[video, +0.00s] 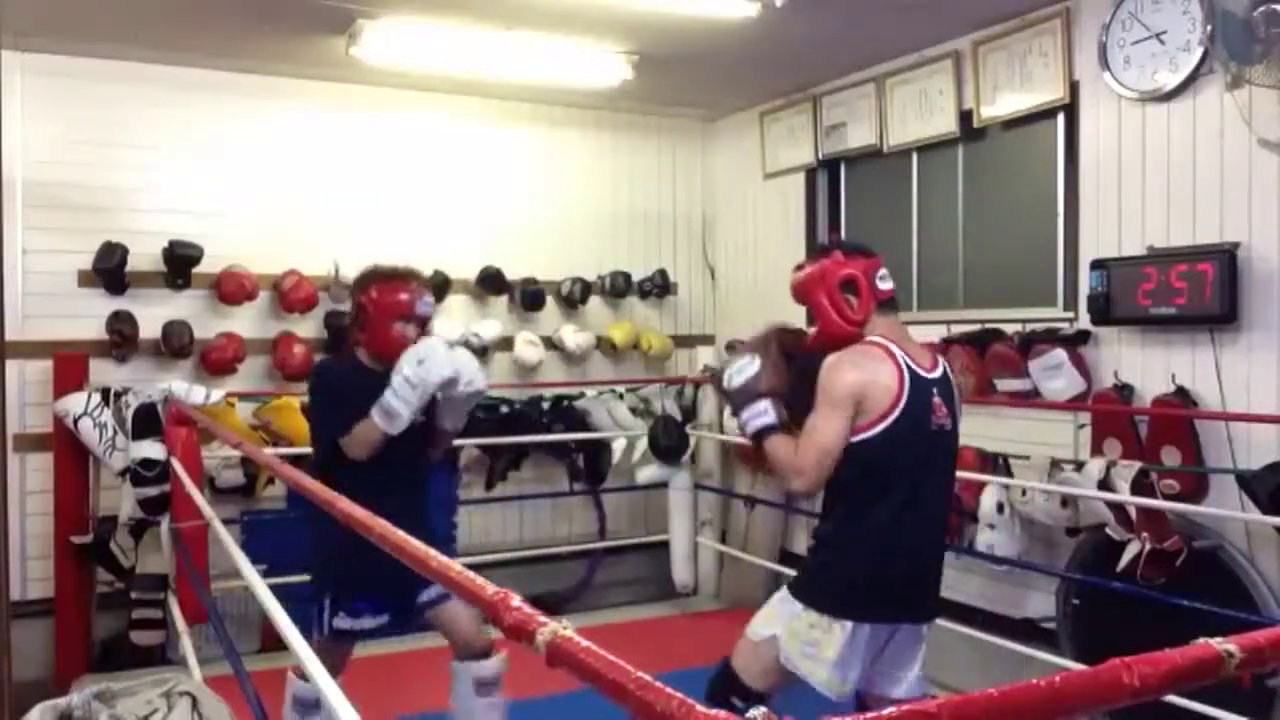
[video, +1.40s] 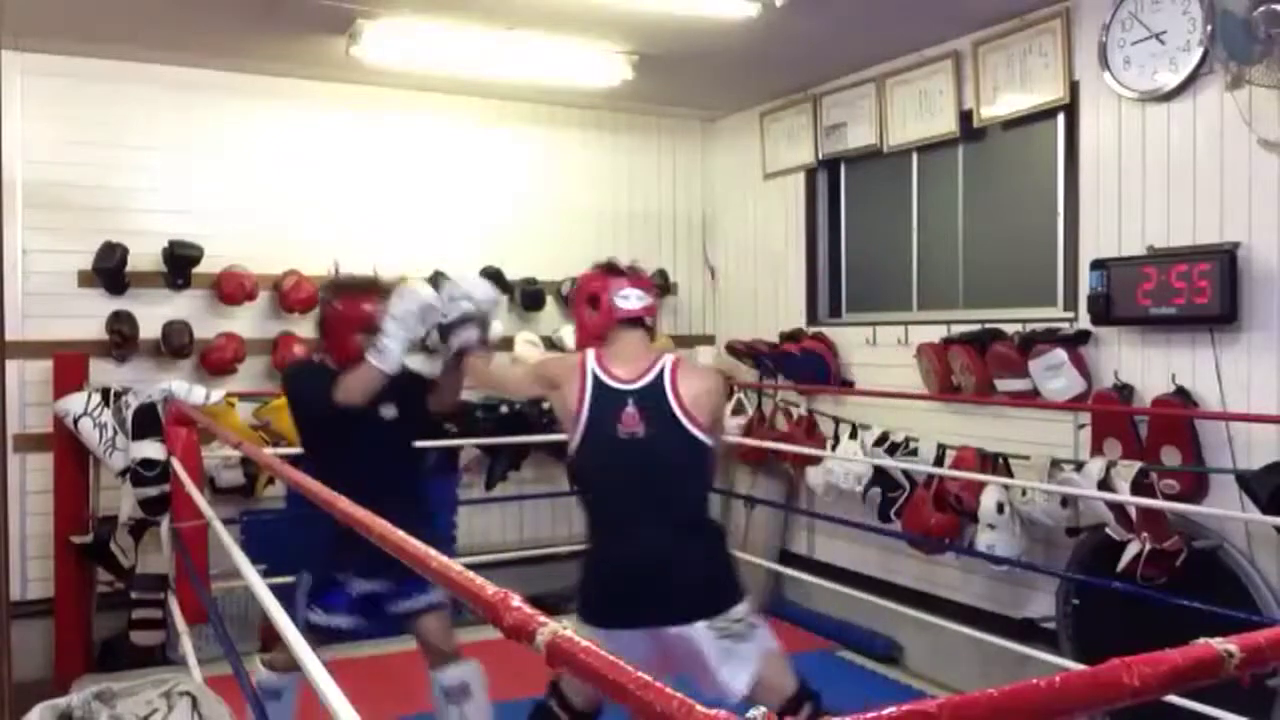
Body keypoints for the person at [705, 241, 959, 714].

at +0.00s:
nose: (814, 323)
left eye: (815, 308)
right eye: (811, 309)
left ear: (847, 298)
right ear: (876, 293)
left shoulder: (850, 367)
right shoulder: (935, 366)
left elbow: (802, 473)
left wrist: (754, 406)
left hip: (844, 585)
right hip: (916, 587)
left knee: (731, 695)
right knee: (886, 711)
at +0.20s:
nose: (780, 323)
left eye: (782, 307)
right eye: (775, 309)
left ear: (817, 297)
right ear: (831, 291)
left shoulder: (852, 371)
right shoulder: (892, 359)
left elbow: (773, 456)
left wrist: (743, 382)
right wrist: (770, 392)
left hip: (828, 584)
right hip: (888, 582)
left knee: (735, 708)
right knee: (876, 709)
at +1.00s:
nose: (752, 337)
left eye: (753, 324)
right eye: (748, 326)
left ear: (787, 313)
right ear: (801, 309)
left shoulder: (820, 389)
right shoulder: (855, 375)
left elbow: (751, 481)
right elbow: (775, 460)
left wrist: (720, 402)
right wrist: (740, 395)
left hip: (794, 596)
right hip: (856, 596)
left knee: (684, 690)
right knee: (850, 710)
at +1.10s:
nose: (722, 332)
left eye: (725, 317)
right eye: (720, 318)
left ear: (755, 310)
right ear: (774, 305)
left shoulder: (777, 387)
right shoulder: (833, 373)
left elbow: (729, 489)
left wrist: (685, 444)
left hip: (757, 594)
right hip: (828, 592)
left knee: (642, 663)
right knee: (843, 711)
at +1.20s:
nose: (669, 314)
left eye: (674, 300)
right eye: (669, 300)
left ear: (701, 300)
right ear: (734, 299)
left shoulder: (690, 371)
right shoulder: (793, 368)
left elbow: (611, 433)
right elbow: (809, 431)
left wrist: (574, 395)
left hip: (707, 579)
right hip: (786, 575)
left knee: (622, 666)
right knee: (831, 700)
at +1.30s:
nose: (610, 316)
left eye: (613, 306)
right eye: (613, 305)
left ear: (626, 312)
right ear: (683, 306)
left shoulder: (604, 370)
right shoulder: (738, 374)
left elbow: (530, 362)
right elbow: (752, 434)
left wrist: (462, 343)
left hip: (654, 586)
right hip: (739, 580)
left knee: (604, 699)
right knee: (802, 689)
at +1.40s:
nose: (575, 328)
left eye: (577, 317)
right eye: (575, 317)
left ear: (592, 317)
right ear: (651, 317)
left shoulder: (565, 374)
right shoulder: (702, 379)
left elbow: (478, 369)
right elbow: (712, 453)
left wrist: (463, 328)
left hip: (613, 590)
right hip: (700, 588)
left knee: (565, 705)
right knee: (793, 704)